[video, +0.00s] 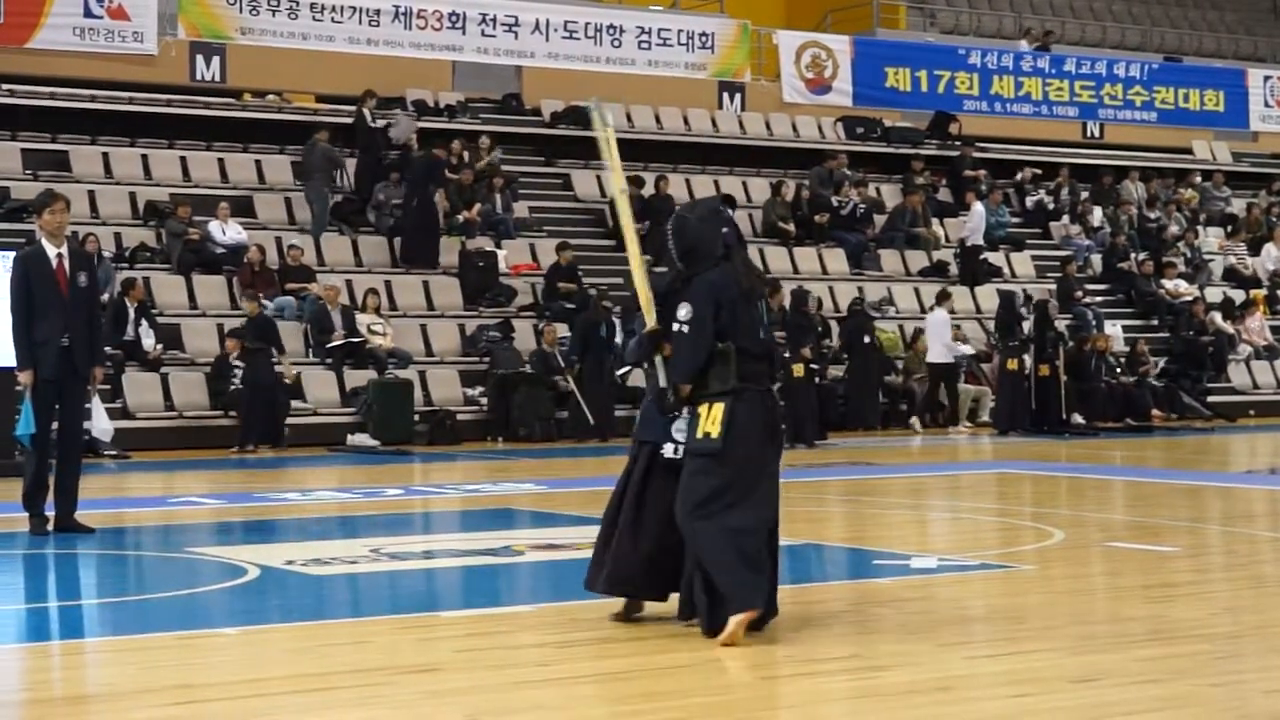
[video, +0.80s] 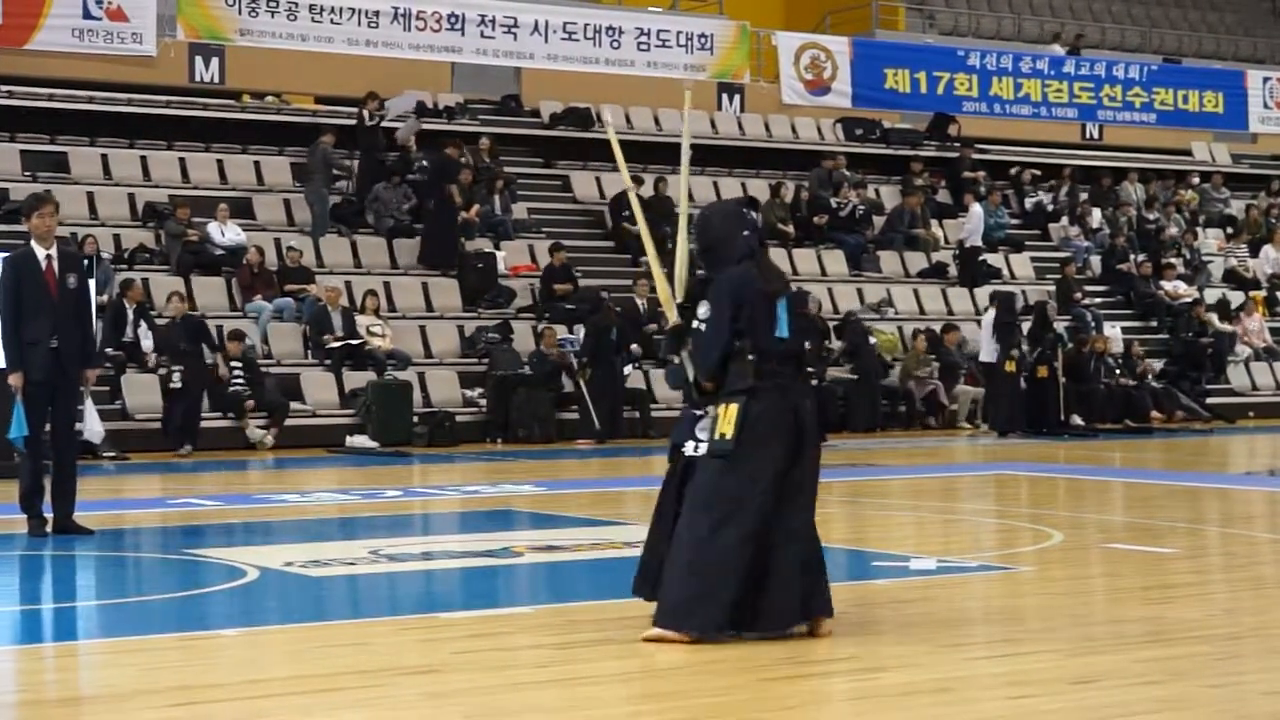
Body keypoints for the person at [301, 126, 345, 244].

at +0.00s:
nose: (327, 137)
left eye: (326, 135)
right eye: (325, 135)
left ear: (315, 135)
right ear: (322, 136)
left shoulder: (307, 148)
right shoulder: (325, 148)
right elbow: (340, 162)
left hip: (309, 185)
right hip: (321, 186)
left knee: (316, 218)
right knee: (321, 220)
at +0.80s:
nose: (332, 141)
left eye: (332, 138)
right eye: (332, 138)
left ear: (321, 137)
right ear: (329, 138)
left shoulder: (312, 149)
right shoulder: (325, 149)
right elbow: (335, 163)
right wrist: (348, 169)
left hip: (310, 188)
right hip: (320, 189)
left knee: (316, 221)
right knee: (322, 222)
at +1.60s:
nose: (345, 147)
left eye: (346, 145)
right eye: (345, 144)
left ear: (335, 142)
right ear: (343, 142)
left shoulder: (326, 152)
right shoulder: (336, 149)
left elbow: (334, 183)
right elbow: (352, 153)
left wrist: (353, 190)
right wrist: (363, 158)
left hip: (316, 191)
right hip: (323, 191)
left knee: (324, 225)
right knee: (324, 226)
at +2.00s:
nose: (348, 150)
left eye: (348, 148)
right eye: (347, 147)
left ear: (337, 144)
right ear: (345, 145)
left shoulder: (329, 154)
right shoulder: (338, 151)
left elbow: (335, 184)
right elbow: (361, 154)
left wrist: (354, 193)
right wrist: (365, 161)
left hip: (317, 190)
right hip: (324, 190)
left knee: (325, 225)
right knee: (325, 226)